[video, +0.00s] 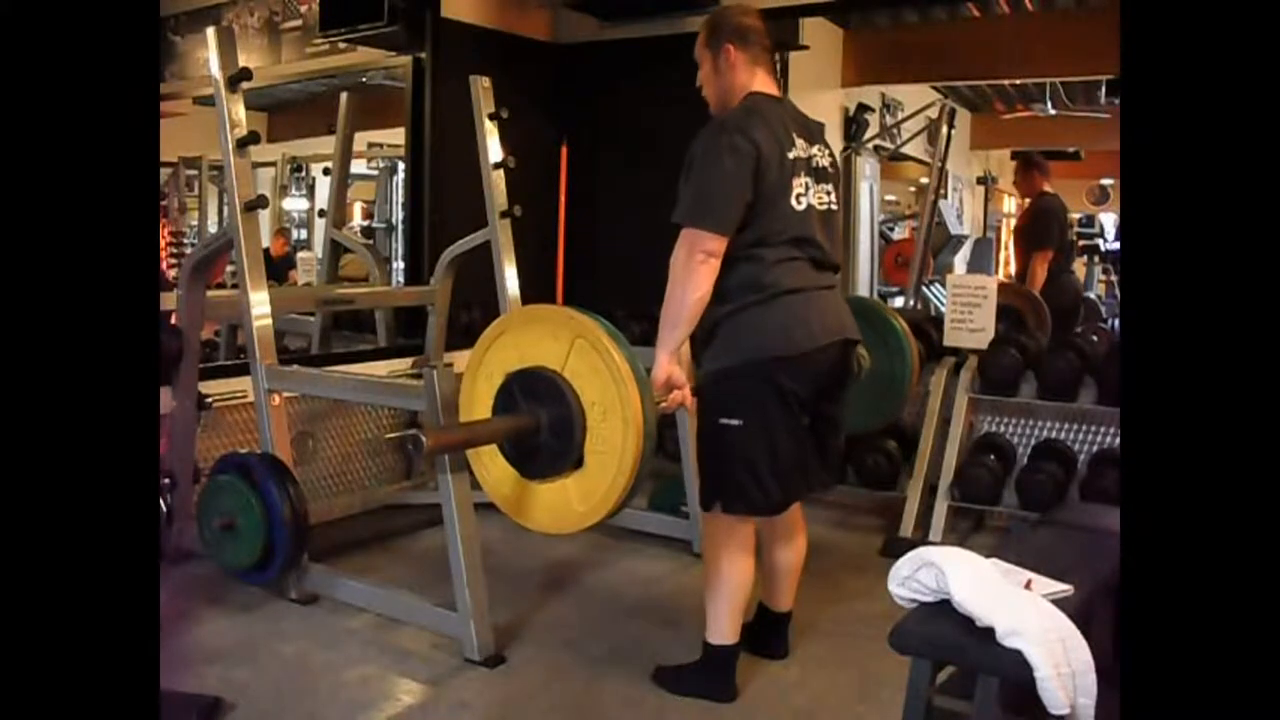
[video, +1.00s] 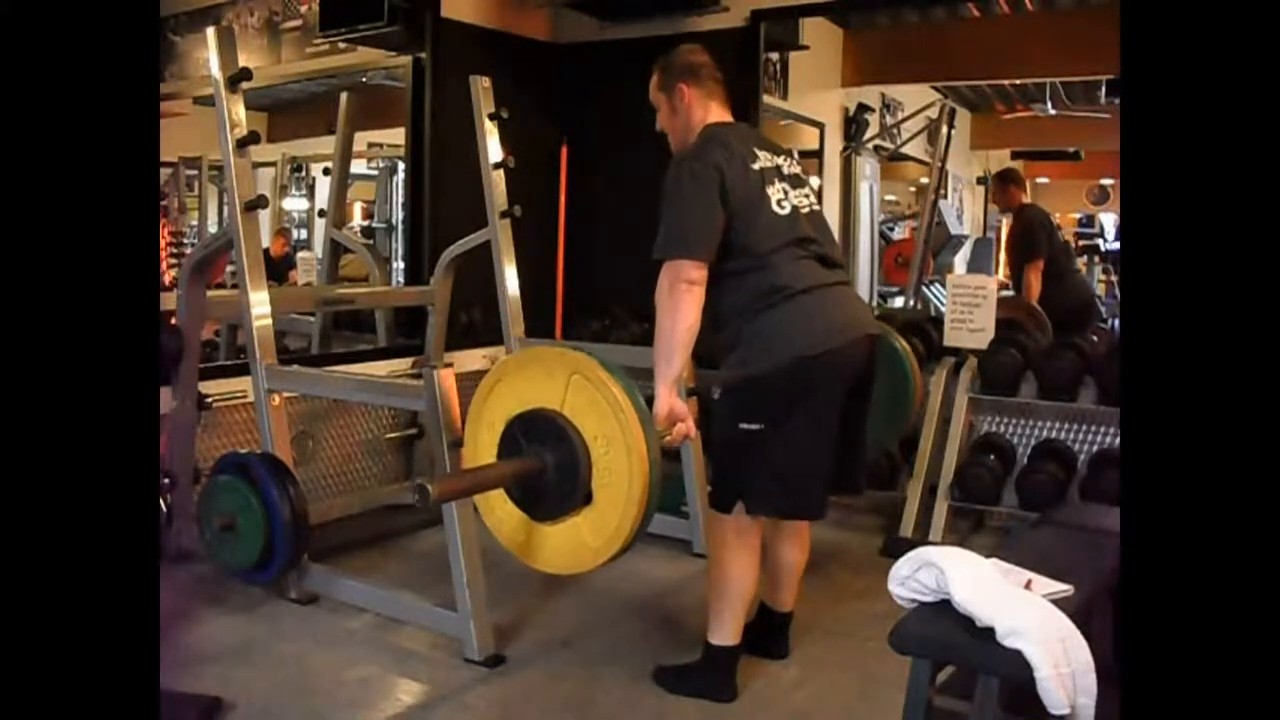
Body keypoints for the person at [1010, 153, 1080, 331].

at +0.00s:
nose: (1015, 183)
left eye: (1018, 177)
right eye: (1015, 178)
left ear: (1033, 176)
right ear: (1035, 176)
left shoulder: (1045, 206)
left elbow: (1041, 260)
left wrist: (1027, 303)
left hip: (1051, 290)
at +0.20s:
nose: (1011, 185)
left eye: (1014, 179)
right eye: (1011, 179)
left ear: (1029, 178)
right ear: (1032, 179)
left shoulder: (1043, 208)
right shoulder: (1036, 205)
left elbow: (1041, 260)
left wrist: (1027, 303)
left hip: (1053, 293)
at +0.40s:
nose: (1005, 190)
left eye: (1008, 183)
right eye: (1005, 184)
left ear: (1024, 181)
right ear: (1027, 181)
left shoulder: (1039, 209)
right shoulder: (1037, 207)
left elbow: (1039, 262)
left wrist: (1026, 307)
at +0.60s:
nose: (1001, 193)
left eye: (1004, 186)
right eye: (1002, 186)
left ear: (1020, 183)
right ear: (1023, 183)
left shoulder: (1037, 211)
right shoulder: (1029, 210)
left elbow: (1037, 265)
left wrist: (1027, 310)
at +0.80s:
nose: (997, 194)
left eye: (1000, 187)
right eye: (997, 188)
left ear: (1015, 185)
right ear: (1017, 186)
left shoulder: (1034, 214)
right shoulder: (1027, 214)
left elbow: (1036, 266)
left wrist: (1027, 313)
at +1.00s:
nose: (992, 199)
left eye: (995, 192)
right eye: (992, 193)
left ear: (1011, 189)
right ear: (1013, 190)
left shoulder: (1031, 217)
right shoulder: (1022, 218)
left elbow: (1034, 270)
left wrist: (1026, 318)